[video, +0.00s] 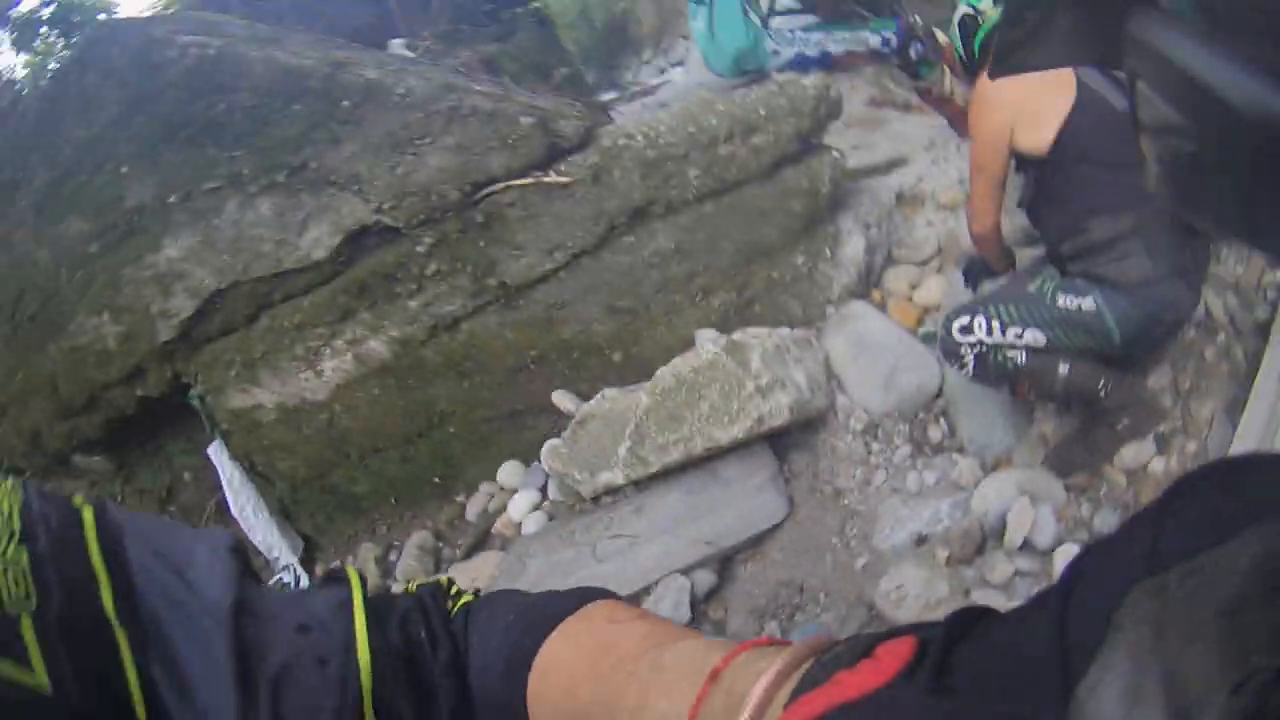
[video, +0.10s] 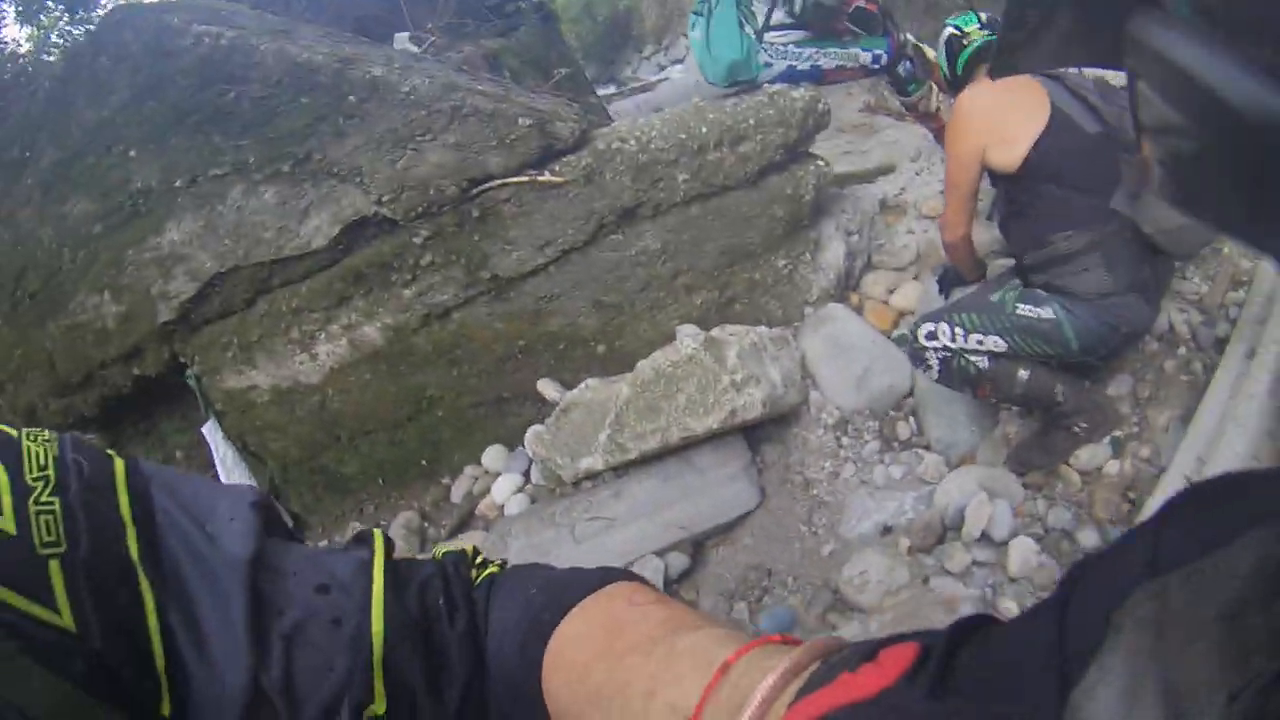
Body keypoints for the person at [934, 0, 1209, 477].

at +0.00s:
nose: (954, 73)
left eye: (953, 57)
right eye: (950, 58)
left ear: (972, 46)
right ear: (1021, 31)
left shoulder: (996, 94)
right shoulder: (1094, 78)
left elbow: (983, 226)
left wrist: (1003, 271)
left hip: (1124, 299)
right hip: (1177, 279)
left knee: (960, 336)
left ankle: (1117, 400)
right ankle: (1126, 355)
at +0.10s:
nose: (939, 90)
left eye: (936, 79)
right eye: (937, 81)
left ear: (947, 74)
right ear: (999, 51)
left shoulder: (974, 107)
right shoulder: (1057, 87)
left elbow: (954, 234)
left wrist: (975, 281)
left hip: (1093, 308)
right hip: (1141, 282)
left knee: (927, 340)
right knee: (955, 287)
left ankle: (1078, 410)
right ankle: (1080, 359)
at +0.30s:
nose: (859, 99)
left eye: (860, 88)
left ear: (869, 83)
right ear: (931, 73)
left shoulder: (877, 120)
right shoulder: (971, 112)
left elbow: (851, 237)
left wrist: (876, 289)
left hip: (963, 318)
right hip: (1017, 303)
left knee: (815, 339)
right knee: (852, 289)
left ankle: (952, 409)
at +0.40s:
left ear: (843, 137)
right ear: (901, 129)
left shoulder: (840, 172)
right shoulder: (934, 166)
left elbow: (815, 281)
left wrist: (838, 334)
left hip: (910, 360)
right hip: (967, 343)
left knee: (771, 381)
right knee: (815, 332)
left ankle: (900, 444)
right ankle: (918, 404)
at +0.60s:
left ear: (690, 124)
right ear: (750, 117)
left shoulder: (677, 160)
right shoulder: (778, 144)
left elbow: (673, 256)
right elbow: (822, 221)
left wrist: (696, 305)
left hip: (752, 329)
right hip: (815, 307)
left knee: (637, 368)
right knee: (682, 309)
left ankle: (755, 398)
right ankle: (781, 365)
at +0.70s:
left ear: (705, 159)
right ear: (760, 153)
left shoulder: (688, 196)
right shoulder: (788, 178)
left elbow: (686, 286)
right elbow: (826, 256)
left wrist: (709, 333)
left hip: (763, 364)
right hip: (826, 341)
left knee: (653, 399)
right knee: (701, 340)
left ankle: (766, 423)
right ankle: (798, 394)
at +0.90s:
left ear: (761, 185)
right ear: (817, 176)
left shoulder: (743, 219)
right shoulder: (846, 202)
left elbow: (747, 311)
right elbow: (906, 261)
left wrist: (773, 352)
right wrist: (908, 322)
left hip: (814, 384)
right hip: (877, 362)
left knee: (718, 418)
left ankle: (820, 435)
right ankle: (858, 406)